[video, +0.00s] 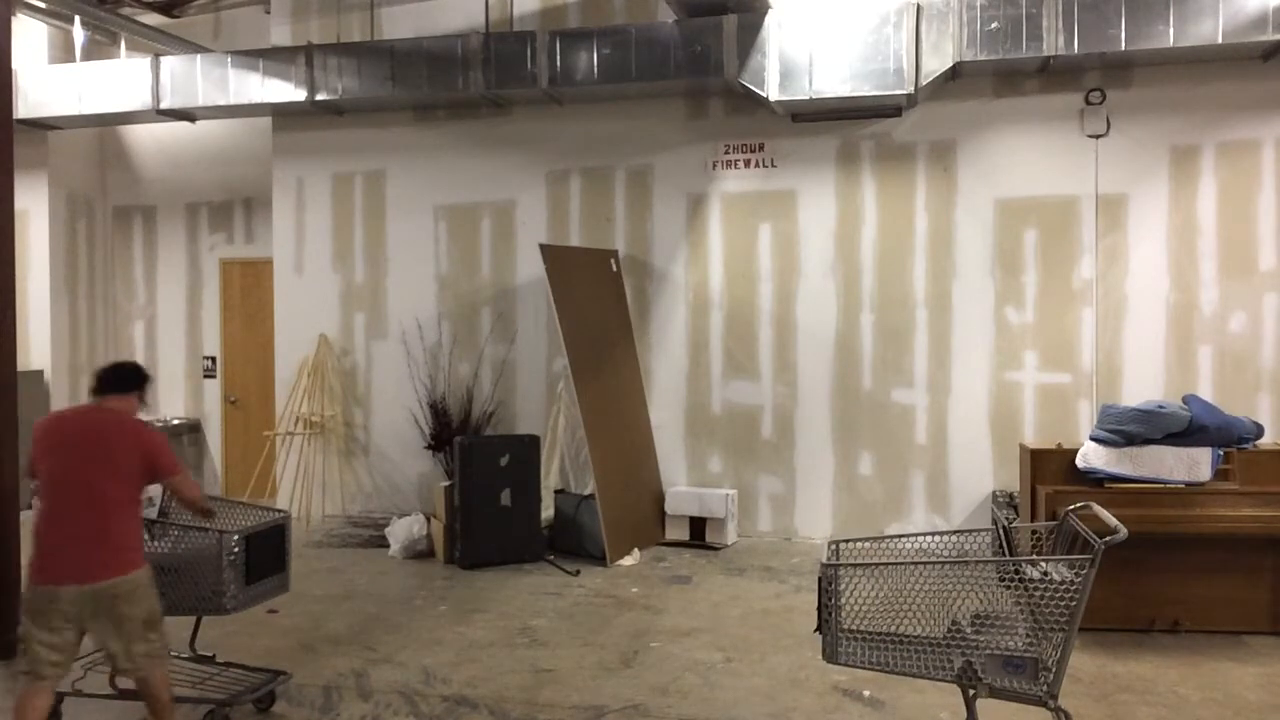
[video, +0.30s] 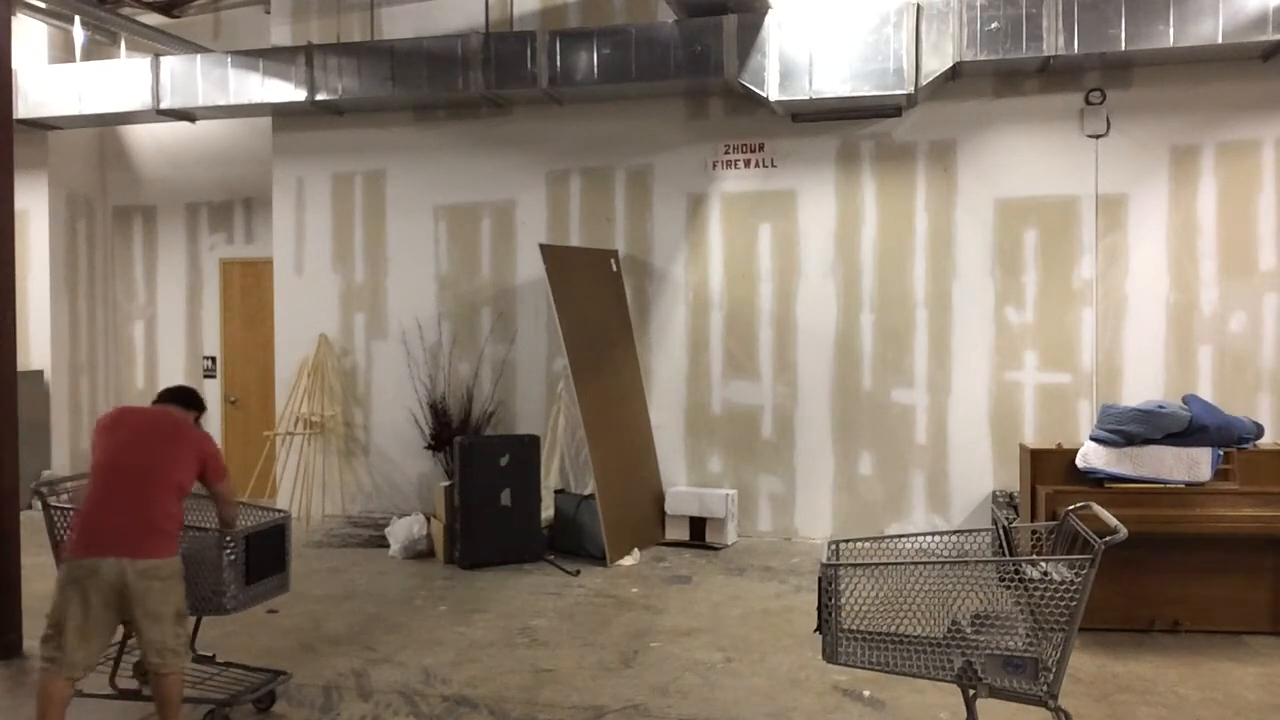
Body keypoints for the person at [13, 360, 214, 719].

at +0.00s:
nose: (140, 407)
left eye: (141, 401)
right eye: (141, 399)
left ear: (96, 392)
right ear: (135, 396)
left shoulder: (48, 427)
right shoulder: (141, 434)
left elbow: (32, 474)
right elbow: (189, 492)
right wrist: (204, 509)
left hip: (53, 579)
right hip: (120, 577)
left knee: (39, 678)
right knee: (150, 670)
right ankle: (164, 713)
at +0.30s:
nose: (197, 427)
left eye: (198, 422)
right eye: (199, 422)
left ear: (156, 403)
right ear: (193, 415)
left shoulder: (110, 419)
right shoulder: (197, 438)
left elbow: (103, 477)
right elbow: (227, 499)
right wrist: (228, 526)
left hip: (87, 557)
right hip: (154, 560)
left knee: (61, 661)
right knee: (167, 659)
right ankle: (170, 714)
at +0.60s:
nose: (206, 429)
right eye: (208, 424)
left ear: (163, 405)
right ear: (201, 416)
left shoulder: (121, 421)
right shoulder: (206, 430)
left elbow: (109, 480)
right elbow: (237, 501)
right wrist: (232, 523)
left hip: (104, 553)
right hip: (168, 556)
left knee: (79, 662)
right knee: (171, 662)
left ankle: (57, 713)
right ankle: (170, 715)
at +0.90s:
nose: (205, 410)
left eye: (206, 407)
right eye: (206, 406)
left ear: (162, 391)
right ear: (200, 399)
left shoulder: (119, 411)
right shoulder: (209, 423)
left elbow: (102, 477)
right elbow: (231, 492)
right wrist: (242, 512)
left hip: (111, 553)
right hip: (175, 556)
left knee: (85, 656)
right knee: (171, 661)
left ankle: (61, 715)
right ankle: (169, 715)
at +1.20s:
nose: (201, 399)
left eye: (201, 395)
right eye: (203, 395)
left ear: (160, 384)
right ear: (199, 391)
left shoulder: (121, 405)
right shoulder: (211, 421)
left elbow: (104, 464)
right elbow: (230, 493)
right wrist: (240, 515)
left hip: (113, 552)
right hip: (175, 555)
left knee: (85, 655)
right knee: (170, 658)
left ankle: (64, 714)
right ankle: (168, 715)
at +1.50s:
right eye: (177, 378)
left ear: (135, 379)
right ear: (177, 378)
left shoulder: (110, 406)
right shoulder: (202, 416)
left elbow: (82, 443)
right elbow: (224, 482)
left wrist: (122, 430)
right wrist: (232, 498)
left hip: (117, 555)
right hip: (178, 555)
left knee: (86, 657)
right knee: (170, 657)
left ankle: (69, 715)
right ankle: (170, 716)